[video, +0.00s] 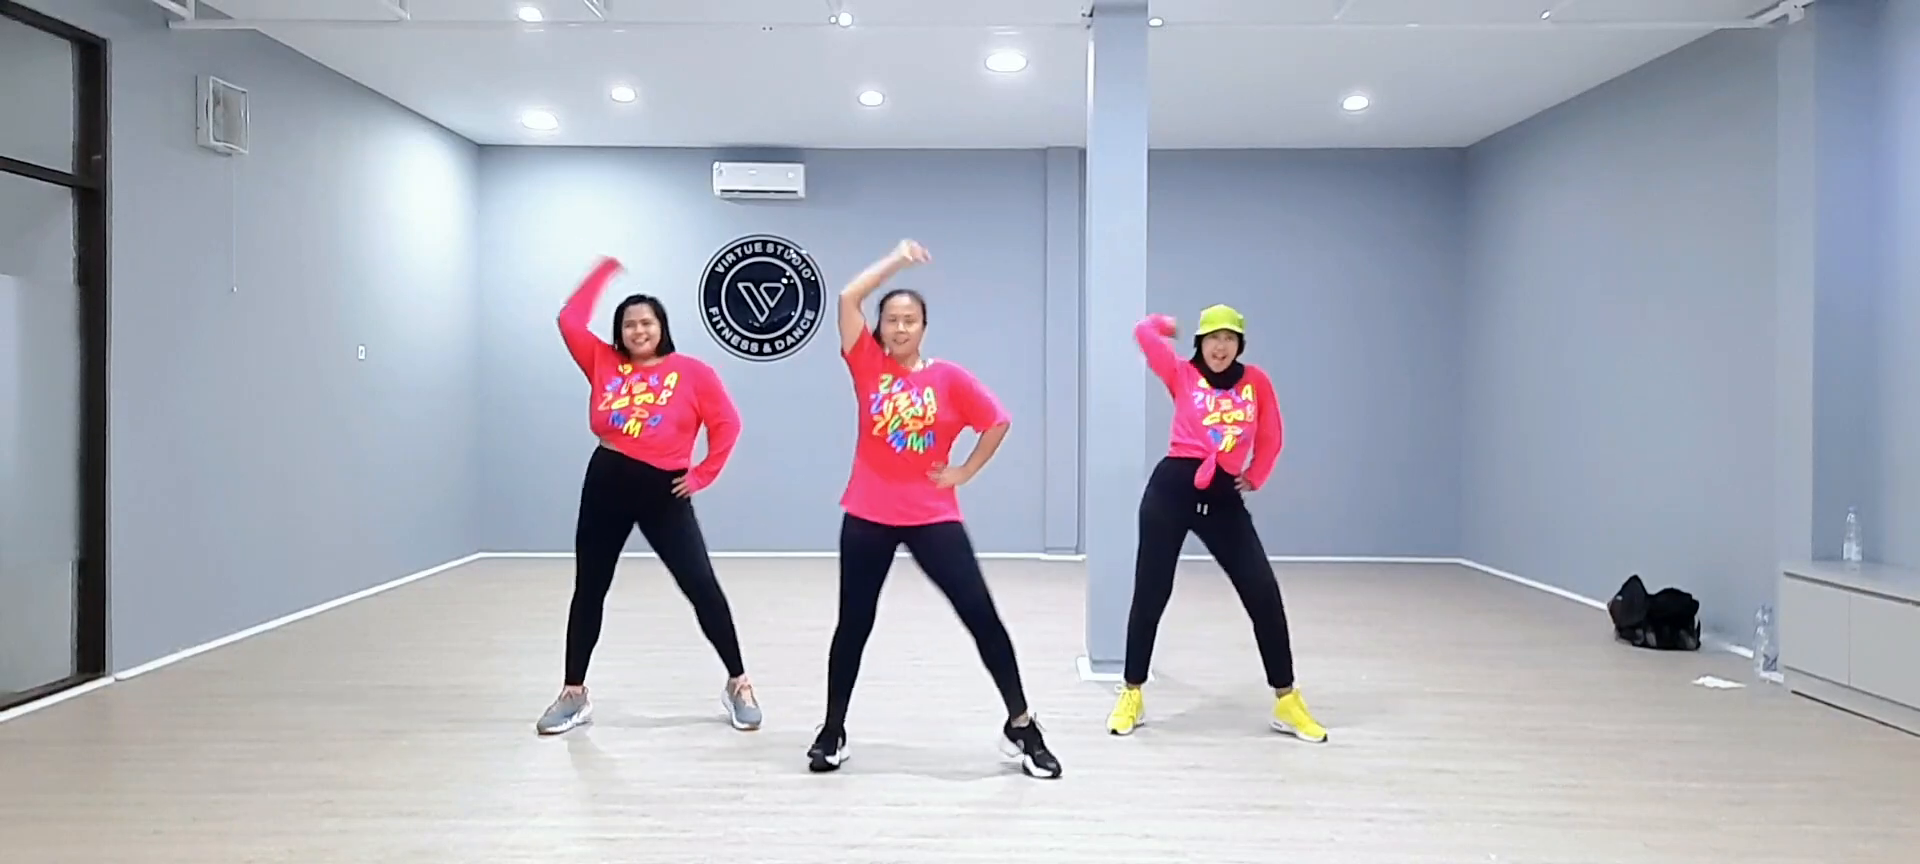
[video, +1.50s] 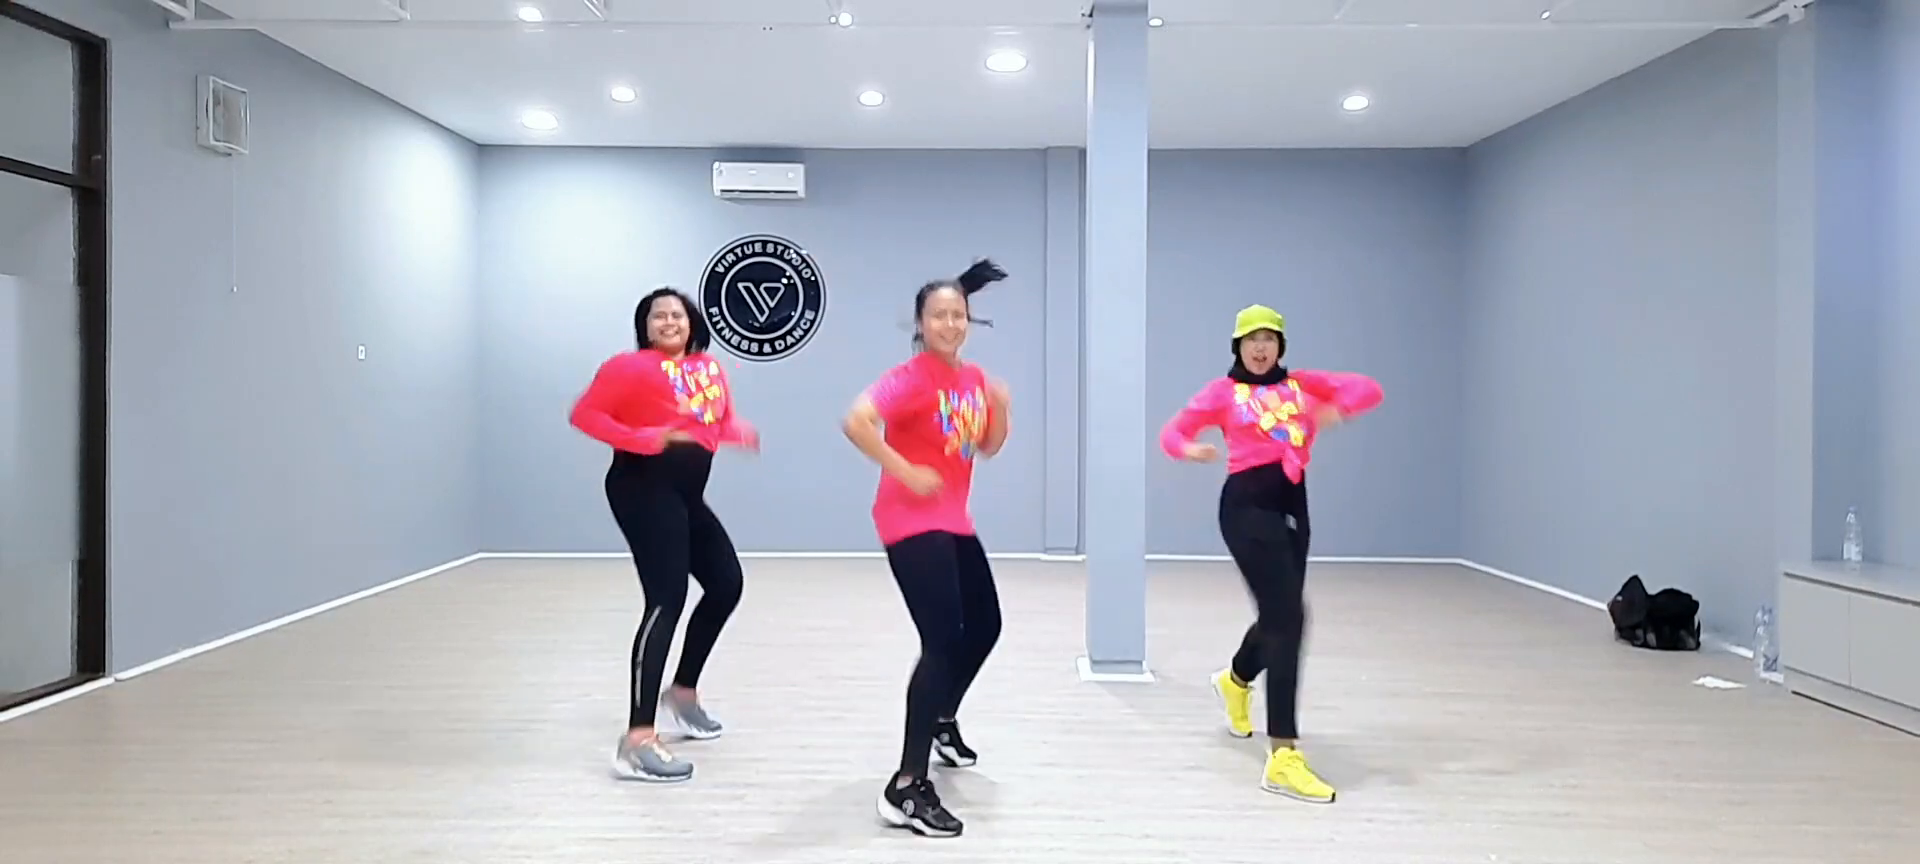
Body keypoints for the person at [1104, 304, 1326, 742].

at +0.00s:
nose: (1220, 347)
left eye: (1228, 339)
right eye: (1213, 338)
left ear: (1239, 344)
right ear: (1200, 342)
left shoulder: (1255, 381)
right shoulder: (1181, 375)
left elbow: (1271, 437)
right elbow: (1145, 337)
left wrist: (1252, 479)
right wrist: (1158, 324)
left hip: (1221, 497)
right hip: (1171, 490)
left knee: (1264, 593)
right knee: (1151, 593)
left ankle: (1286, 699)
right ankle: (1131, 694)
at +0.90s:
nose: (1213, 334)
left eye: (1220, 327)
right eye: (1205, 326)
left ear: (1229, 335)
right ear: (1188, 334)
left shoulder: (1226, 377)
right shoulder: (1176, 373)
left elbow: (1221, 427)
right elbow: (1167, 327)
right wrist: (1185, 283)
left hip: (1213, 483)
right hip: (1167, 484)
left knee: (1254, 581)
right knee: (1154, 588)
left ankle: (1254, 685)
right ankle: (1120, 687)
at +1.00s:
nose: (1228, 321)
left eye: (1233, 312)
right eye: (1220, 313)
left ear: (1238, 320)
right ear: (1201, 318)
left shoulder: (1233, 360)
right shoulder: (1183, 357)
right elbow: (1182, 341)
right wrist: (1220, 321)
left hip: (1233, 475)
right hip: (1185, 474)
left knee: (1241, 583)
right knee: (1169, 581)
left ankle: (1224, 687)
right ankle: (1126, 680)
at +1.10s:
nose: (1240, 327)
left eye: (1247, 319)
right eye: (1231, 319)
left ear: (1254, 327)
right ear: (1215, 325)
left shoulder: (1253, 376)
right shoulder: (1198, 364)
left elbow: (1248, 433)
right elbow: (1181, 414)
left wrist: (1268, 466)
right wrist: (1233, 414)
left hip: (1243, 490)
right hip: (1197, 487)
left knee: (1236, 597)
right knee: (1187, 591)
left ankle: (1219, 695)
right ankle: (1146, 692)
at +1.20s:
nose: (1251, 341)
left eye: (1258, 334)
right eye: (1243, 334)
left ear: (1266, 341)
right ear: (1227, 340)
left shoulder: (1270, 394)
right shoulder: (1207, 385)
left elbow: (1271, 457)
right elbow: (1188, 447)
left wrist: (1299, 463)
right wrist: (1228, 473)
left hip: (1255, 507)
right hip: (1207, 503)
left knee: (1245, 603)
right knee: (1209, 597)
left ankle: (1221, 696)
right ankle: (1186, 705)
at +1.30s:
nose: (1255, 337)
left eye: (1262, 330)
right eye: (1246, 330)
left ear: (1273, 337)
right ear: (1232, 336)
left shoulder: (1285, 389)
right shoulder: (1210, 381)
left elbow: (1318, 440)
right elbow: (1168, 432)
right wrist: (1190, 467)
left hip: (1266, 497)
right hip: (1220, 494)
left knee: (1255, 597)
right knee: (1232, 593)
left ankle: (1223, 691)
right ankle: (1229, 699)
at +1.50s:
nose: (1260, 348)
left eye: (1268, 340)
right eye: (1251, 340)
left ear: (1281, 346)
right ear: (1238, 347)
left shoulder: (1302, 384)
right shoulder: (1224, 392)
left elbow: (1370, 389)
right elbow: (1171, 434)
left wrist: (1336, 410)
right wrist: (1187, 450)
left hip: (1291, 505)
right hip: (1246, 505)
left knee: (1283, 610)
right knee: (1285, 613)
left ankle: (1237, 679)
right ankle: (1283, 754)